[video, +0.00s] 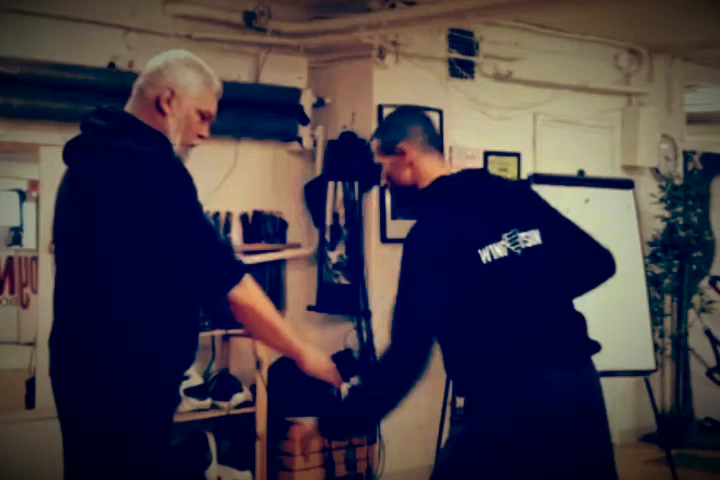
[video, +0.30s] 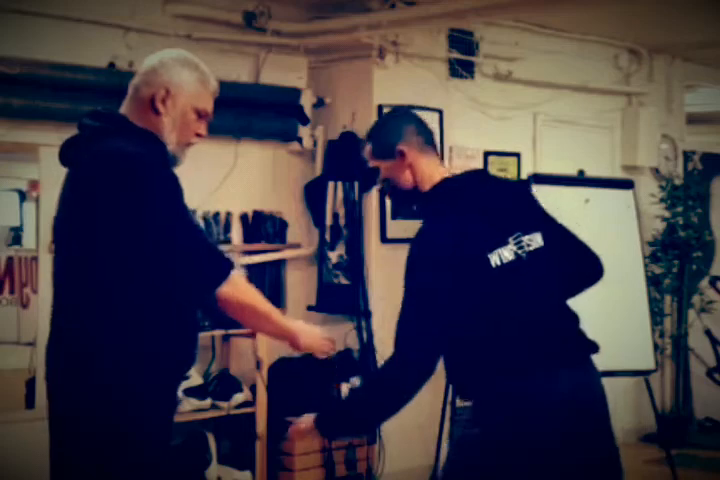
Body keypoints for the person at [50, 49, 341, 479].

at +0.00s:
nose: (205, 134)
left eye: (209, 123)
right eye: (202, 117)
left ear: (165, 100)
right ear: (167, 101)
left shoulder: (89, 164)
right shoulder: (154, 170)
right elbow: (230, 285)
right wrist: (303, 354)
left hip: (83, 372)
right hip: (134, 382)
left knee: (89, 470)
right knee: (135, 470)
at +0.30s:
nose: (202, 132)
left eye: (206, 121)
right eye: (198, 116)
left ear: (161, 101)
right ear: (163, 101)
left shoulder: (96, 162)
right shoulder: (138, 169)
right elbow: (218, 283)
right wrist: (296, 334)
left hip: (85, 390)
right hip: (125, 400)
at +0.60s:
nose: (191, 115)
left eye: (191, 101)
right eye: (183, 98)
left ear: (145, 97)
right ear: (145, 96)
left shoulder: (91, 159)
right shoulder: (127, 163)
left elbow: (117, 291)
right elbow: (214, 267)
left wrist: (170, 377)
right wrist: (302, 300)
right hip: (125, 398)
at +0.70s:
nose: (184, 110)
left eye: (184, 97)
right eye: (177, 94)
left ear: (139, 94)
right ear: (138, 94)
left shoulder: (88, 160)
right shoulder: (123, 164)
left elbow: (122, 284)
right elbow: (217, 254)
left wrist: (193, 351)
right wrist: (311, 253)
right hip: (120, 395)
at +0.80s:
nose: (178, 108)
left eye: (177, 95)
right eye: (171, 92)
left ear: (130, 94)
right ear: (131, 94)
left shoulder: (84, 159)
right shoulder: (119, 162)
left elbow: (116, 285)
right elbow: (222, 241)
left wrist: (202, 303)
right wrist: (316, 208)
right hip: (117, 396)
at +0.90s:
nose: (172, 104)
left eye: (170, 90)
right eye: (163, 88)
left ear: (120, 92)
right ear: (122, 91)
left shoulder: (82, 155)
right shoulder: (109, 157)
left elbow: (191, 238)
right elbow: (210, 231)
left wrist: (285, 232)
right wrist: (313, 198)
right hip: (109, 392)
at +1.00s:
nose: (163, 102)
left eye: (161, 88)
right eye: (154, 85)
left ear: (113, 91)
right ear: (114, 89)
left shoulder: (71, 154)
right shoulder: (105, 156)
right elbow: (210, 231)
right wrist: (315, 209)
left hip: (74, 384)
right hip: (108, 391)